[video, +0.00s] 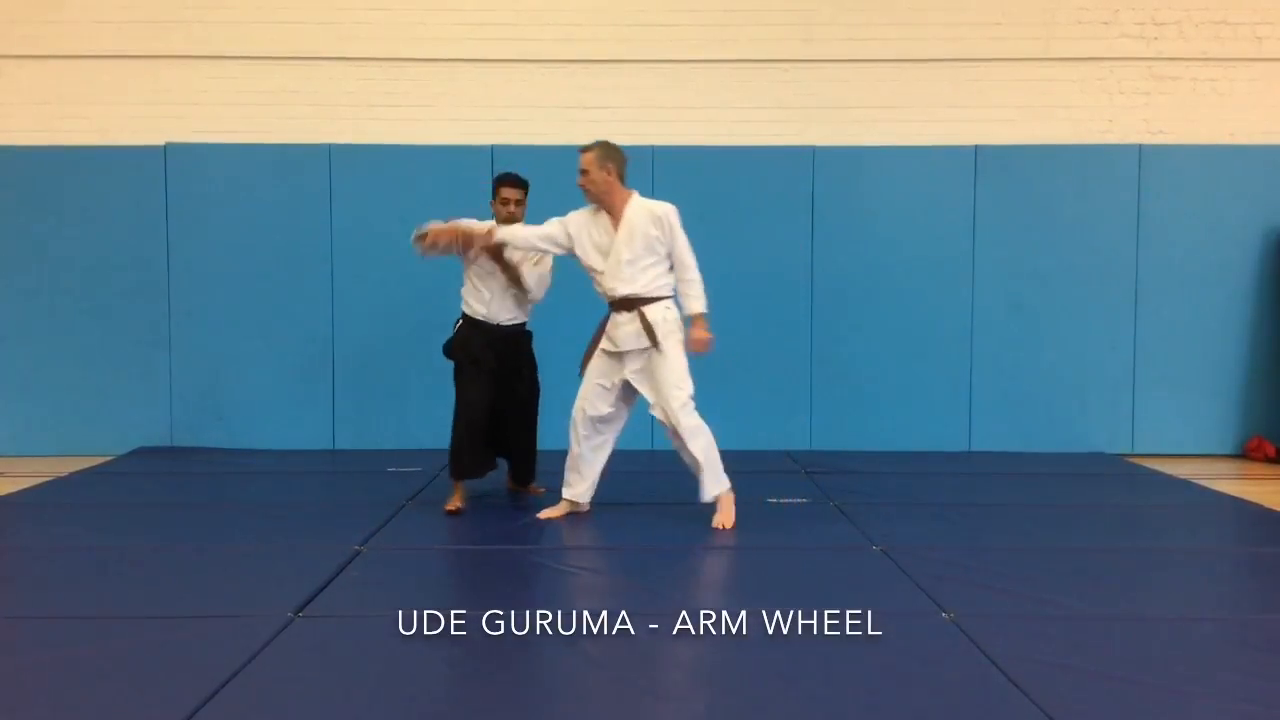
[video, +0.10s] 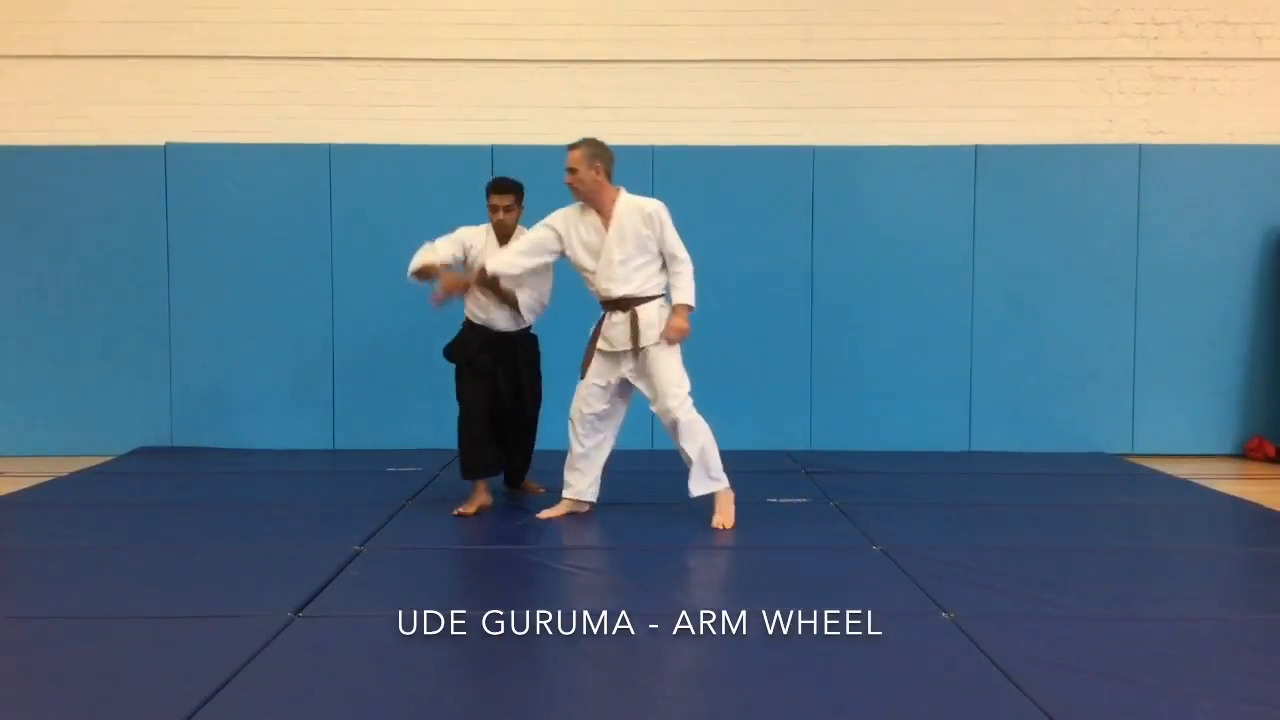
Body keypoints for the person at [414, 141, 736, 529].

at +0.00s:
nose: (579, 181)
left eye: (585, 172)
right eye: (578, 173)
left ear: (612, 172)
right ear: (601, 175)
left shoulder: (659, 215)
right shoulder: (580, 223)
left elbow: (686, 267)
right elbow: (532, 235)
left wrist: (697, 319)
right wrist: (479, 234)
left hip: (657, 324)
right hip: (616, 328)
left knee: (677, 411)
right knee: (590, 411)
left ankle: (722, 495)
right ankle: (576, 499)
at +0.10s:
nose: (567, 180)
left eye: (573, 172)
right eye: (566, 172)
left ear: (599, 172)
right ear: (586, 174)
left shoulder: (649, 211)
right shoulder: (566, 222)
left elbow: (679, 262)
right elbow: (520, 252)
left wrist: (680, 312)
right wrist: (474, 274)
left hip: (652, 322)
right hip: (611, 326)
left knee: (674, 408)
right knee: (588, 410)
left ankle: (721, 490)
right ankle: (579, 496)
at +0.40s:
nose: (553, 189)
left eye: (558, 180)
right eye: (552, 181)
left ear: (584, 178)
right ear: (573, 180)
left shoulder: (636, 212)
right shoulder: (558, 226)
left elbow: (673, 259)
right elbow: (509, 229)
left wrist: (666, 308)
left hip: (650, 323)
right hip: (606, 329)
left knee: (679, 413)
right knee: (585, 414)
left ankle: (720, 497)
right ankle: (578, 497)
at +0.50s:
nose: (561, 185)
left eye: (566, 176)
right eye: (560, 177)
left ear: (591, 173)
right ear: (582, 175)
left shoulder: (641, 209)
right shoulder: (567, 214)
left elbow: (673, 260)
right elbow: (523, 192)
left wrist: (645, 299)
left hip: (651, 321)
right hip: (606, 324)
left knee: (680, 411)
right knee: (588, 412)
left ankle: (720, 498)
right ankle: (580, 496)